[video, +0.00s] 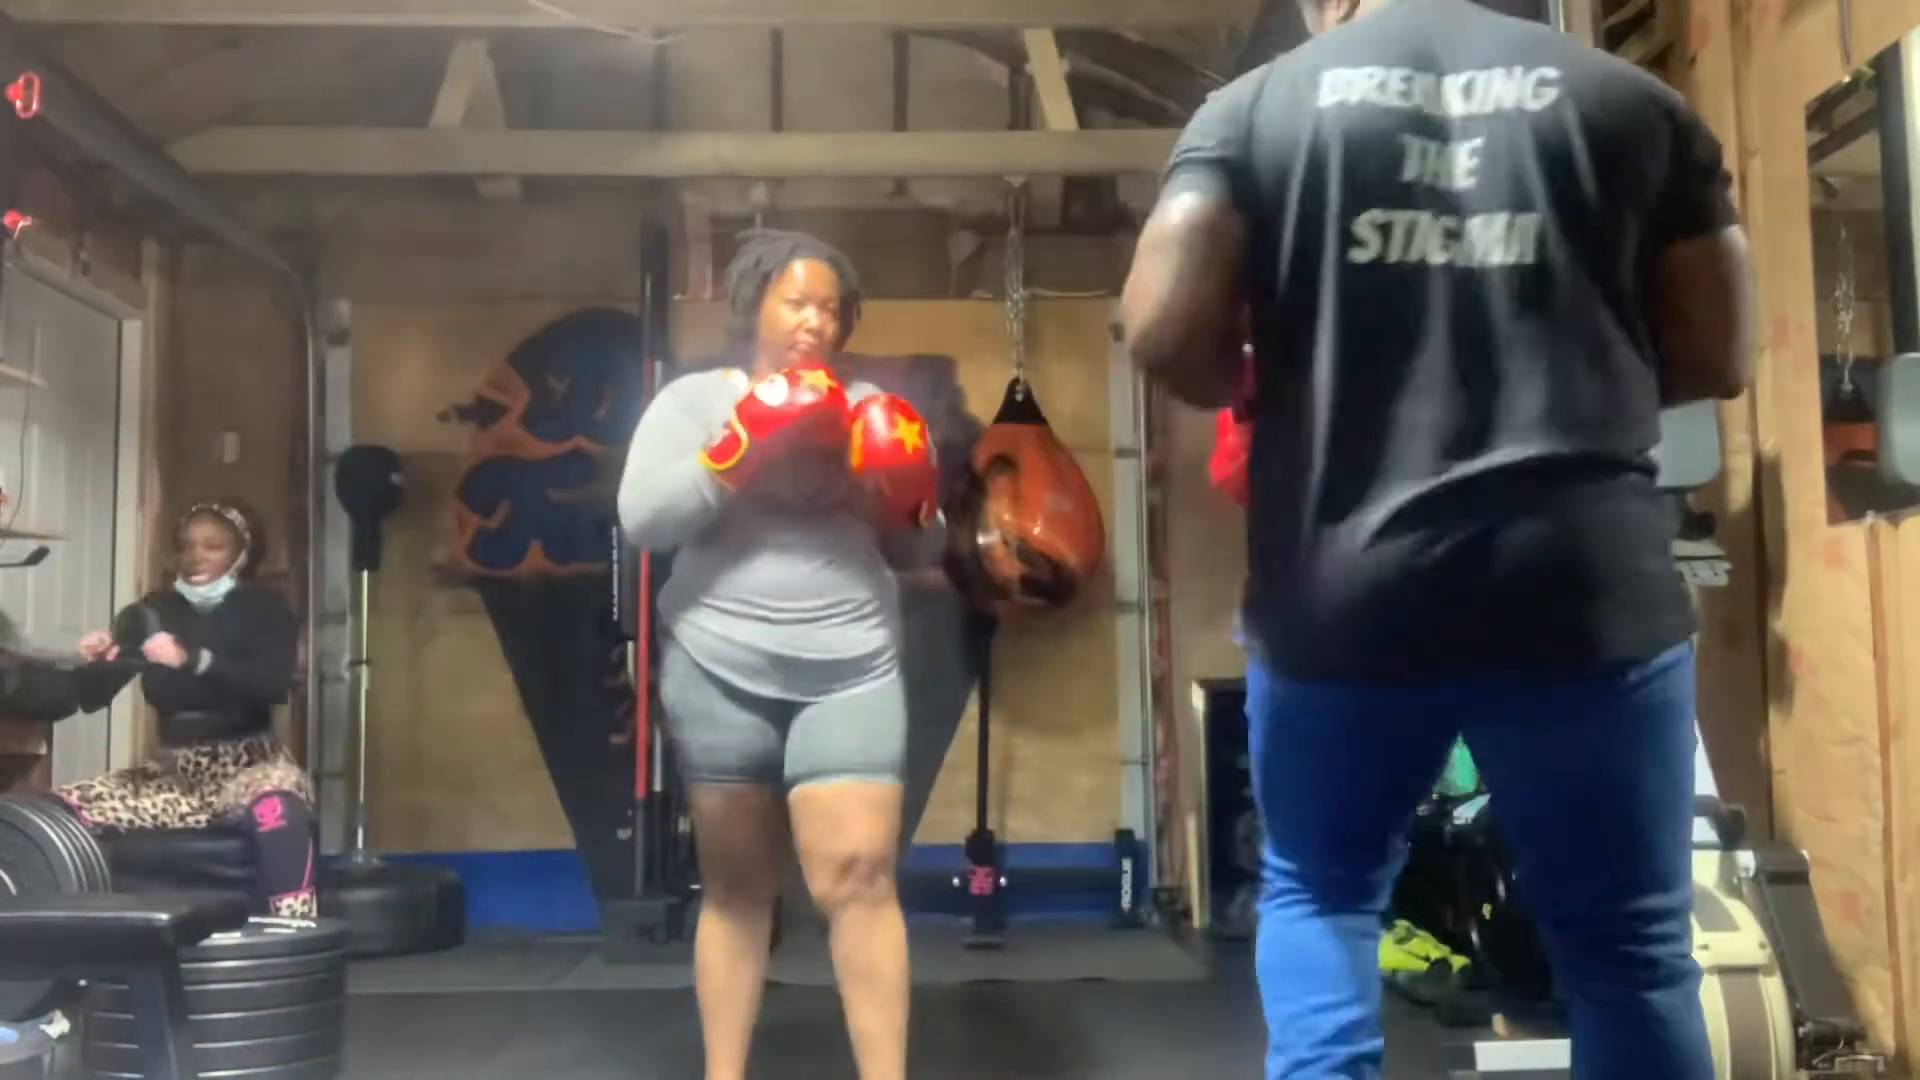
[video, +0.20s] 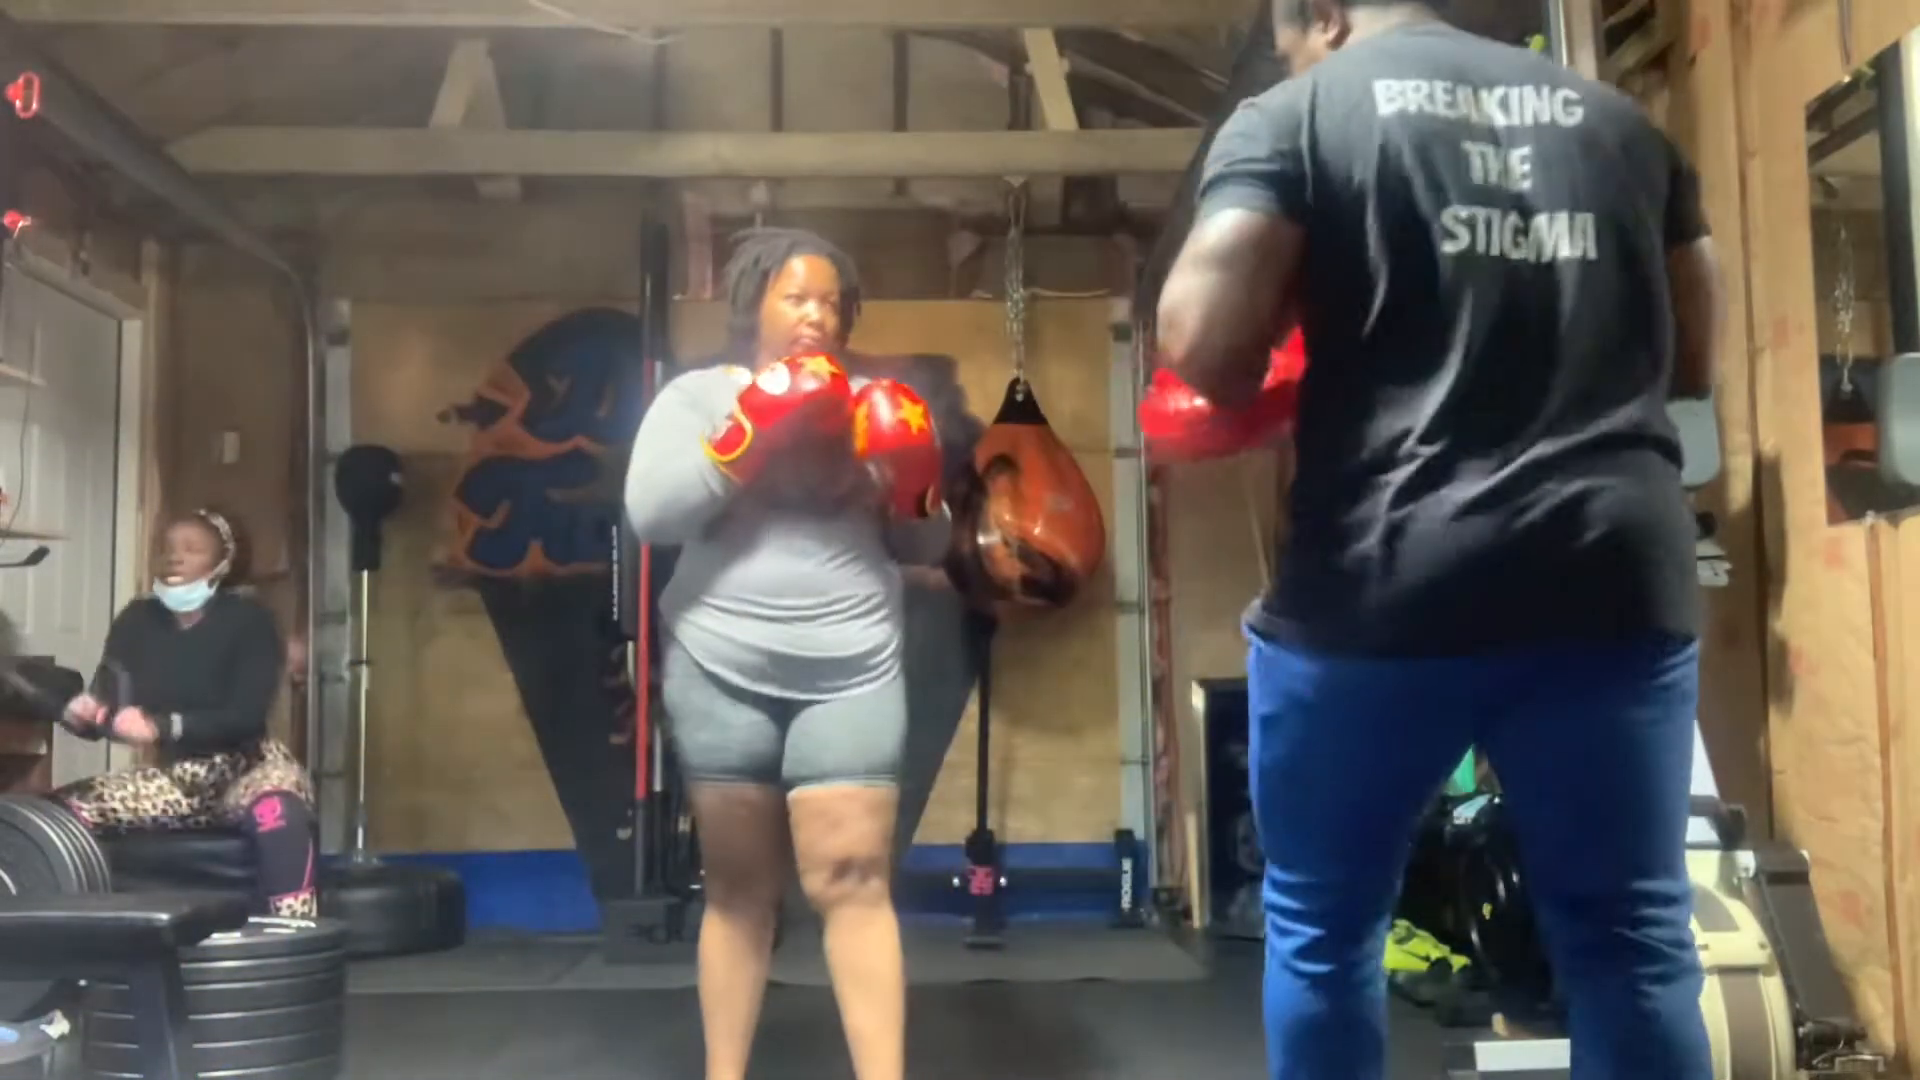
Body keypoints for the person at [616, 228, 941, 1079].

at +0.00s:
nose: (813, 322)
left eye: (829, 308)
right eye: (794, 304)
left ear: (846, 321)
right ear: (751, 311)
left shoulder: (872, 410)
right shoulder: (691, 402)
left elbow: (920, 552)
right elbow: (640, 523)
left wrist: (903, 491)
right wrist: (739, 462)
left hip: (853, 672)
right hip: (718, 669)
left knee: (860, 878)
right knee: (735, 889)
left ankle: (884, 1075)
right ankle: (725, 1074)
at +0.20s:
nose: (815, 316)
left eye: (830, 303)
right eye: (796, 298)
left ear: (846, 317)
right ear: (752, 306)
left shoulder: (873, 408)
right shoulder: (695, 397)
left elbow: (925, 544)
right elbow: (649, 515)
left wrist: (907, 476)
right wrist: (753, 442)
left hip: (854, 672)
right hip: (720, 670)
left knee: (853, 880)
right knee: (737, 891)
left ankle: (883, 1076)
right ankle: (724, 1075)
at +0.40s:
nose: (809, 320)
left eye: (824, 307)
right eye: (790, 303)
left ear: (841, 319)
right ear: (746, 309)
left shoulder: (870, 407)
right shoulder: (688, 400)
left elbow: (923, 543)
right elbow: (649, 510)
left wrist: (910, 461)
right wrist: (746, 412)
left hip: (851, 670)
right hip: (717, 668)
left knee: (851, 881)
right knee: (737, 893)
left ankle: (882, 1076)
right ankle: (725, 1075)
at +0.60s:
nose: (789, 328)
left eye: (805, 313)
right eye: (772, 310)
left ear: (825, 325)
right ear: (730, 311)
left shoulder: (853, 406)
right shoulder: (677, 397)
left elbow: (919, 541)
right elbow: (637, 496)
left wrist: (908, 447)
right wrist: (714, 382)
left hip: (843, 665)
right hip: (707, 665)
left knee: (848, 879)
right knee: (732, 888)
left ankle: (882, 1075)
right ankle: (724, 1075)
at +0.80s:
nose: (780, 339)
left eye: (797, 323)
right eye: (762, 320)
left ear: (816, 333)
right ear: (722, 320)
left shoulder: (852, 409)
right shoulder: (671, 405)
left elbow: (909, 552)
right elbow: (626, 516)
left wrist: (903, 497)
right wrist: (704, 409)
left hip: (837, 662)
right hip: (699, 670)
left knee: (870, 862)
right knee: (721, 885)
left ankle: (921, 1071)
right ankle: (723, 1074)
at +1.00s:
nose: (804, 335)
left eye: (821, 319)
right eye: (785, 316)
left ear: (841, 330)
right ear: (744, 324)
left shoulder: (875, 411)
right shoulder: (699, 411)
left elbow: (954, 534)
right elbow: (640, 534)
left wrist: (929, 432)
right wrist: (702, 422)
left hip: (863, 680)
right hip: (722, 685)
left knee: (896, 886)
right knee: (725, 897)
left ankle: (955, 1075)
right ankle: (725, 1075)